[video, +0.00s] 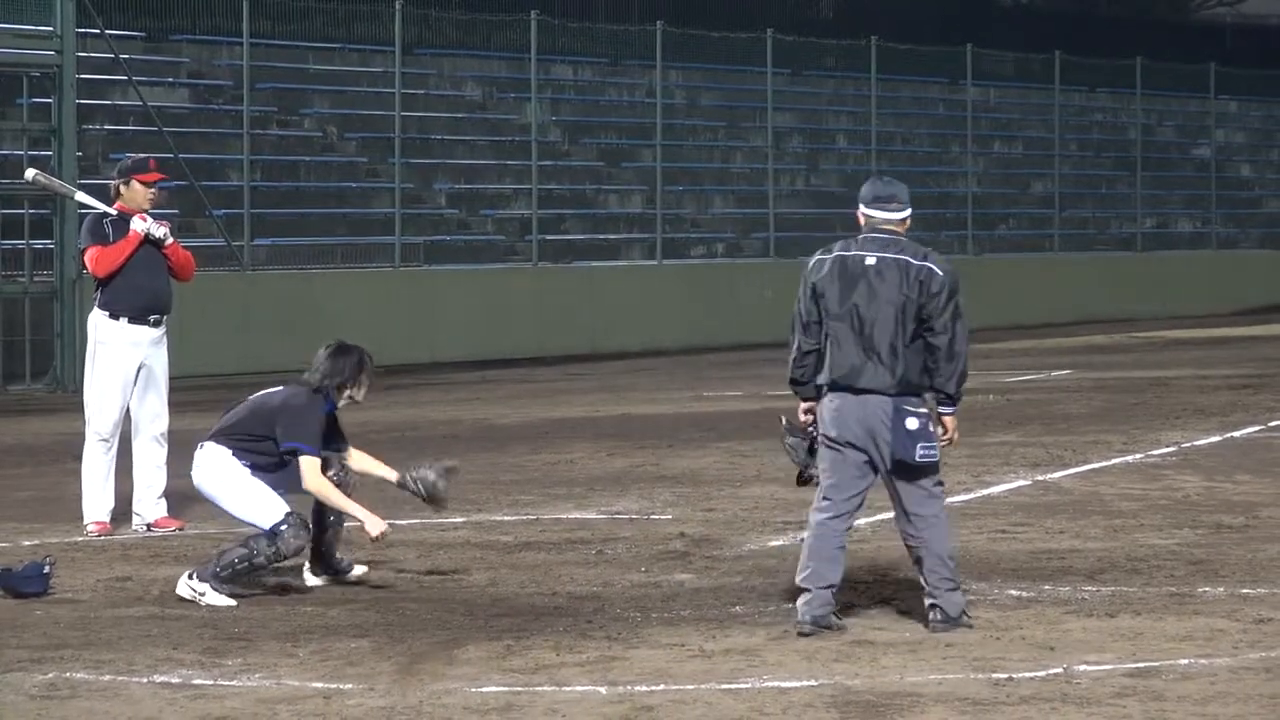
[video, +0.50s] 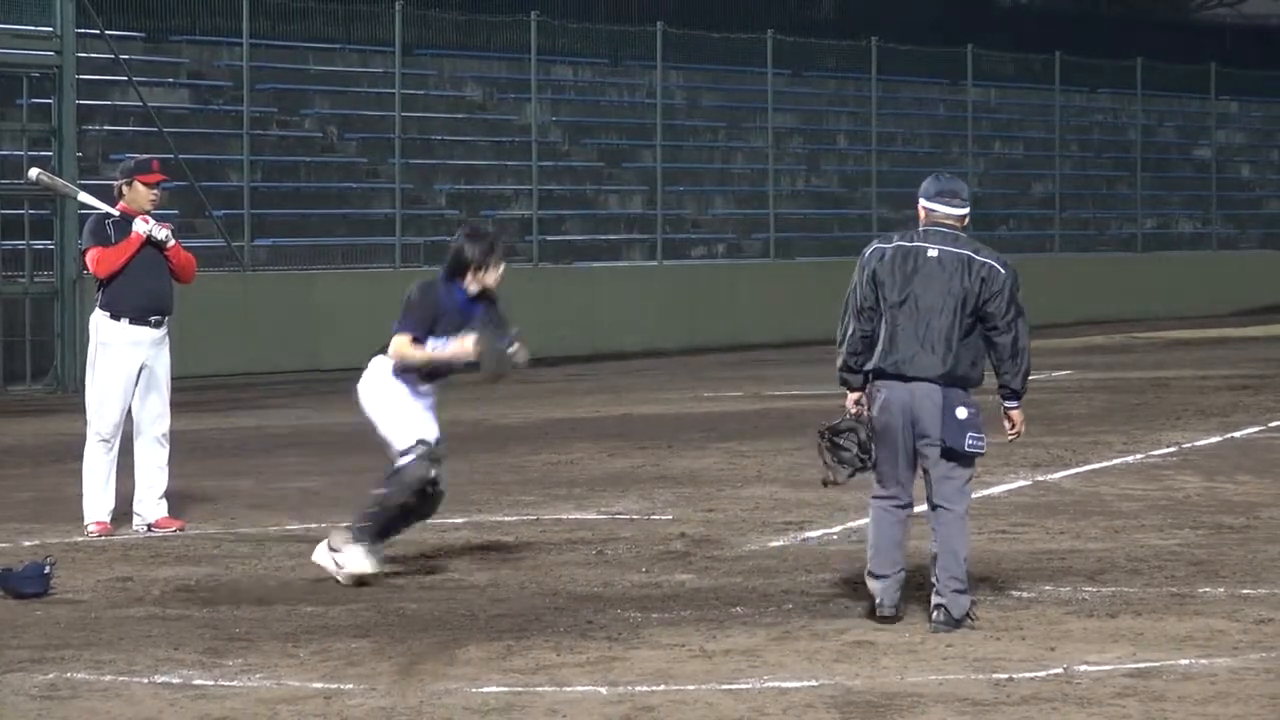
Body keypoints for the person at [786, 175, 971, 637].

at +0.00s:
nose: (898, 224)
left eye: (865, 214)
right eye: (901, 218)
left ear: (859, 217)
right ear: (906, 221)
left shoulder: (824, 262)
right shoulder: (932, 268)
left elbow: (807, 336)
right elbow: (946, 344)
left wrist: (806, 393)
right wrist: (947, 404)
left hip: (843, 405)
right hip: (907, 407)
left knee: (832, 506)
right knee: (925, 505)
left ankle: (814, 606)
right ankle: (945, 605)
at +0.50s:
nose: (922, 216)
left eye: (921, 210)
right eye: (954, 214)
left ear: (920, 212)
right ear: (965, 217)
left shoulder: (879, 254)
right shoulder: (988, 265)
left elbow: (858, 324)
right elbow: (1007, 336)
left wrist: (854, 382)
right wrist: (1012, 398)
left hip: (889, 393)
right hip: (950, 397)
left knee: (890, 494)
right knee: (950, 502)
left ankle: (885, 596)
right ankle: (949, 604)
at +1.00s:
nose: (894, 219)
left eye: (892, 213)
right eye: (921, 216)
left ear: (890, 215)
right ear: (934, 220)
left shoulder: (856, 264)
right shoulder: (961, 264)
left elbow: (844, 334)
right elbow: (978, 335)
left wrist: (844, 392)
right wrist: (980, 395)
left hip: (880, 398)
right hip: (938, 398)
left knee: (887, 496)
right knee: (951, 487)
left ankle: (889, 593)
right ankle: (949, 579)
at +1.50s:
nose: (917, 218)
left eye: (912, 213)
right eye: (915, 214)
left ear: (870, 217)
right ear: (910, 217)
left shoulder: (840, 265)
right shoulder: (944, 261)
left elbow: (822, 332)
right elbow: (962, 326)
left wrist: (820, 389)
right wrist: (963, 384)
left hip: (870, 392)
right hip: (926, 391)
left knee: (882, 489)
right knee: (922, 484)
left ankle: (892, 589)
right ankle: (915, 571)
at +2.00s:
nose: (853, 219)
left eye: (853, 214)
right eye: (857, 213)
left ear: (858, 215)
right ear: (897, 213)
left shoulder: (834, 254)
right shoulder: (930, 255)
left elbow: (818, 325)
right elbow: (944, 319)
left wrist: (814, 380)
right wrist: (928, 367)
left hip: (855, 382)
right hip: (910, 382)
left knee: (849, 477)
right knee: (907, 477)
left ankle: (853, 571)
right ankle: (907, 571)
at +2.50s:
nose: (799, 228)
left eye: (799, 223)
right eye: (800, 223)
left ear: (808, 220)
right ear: (844, 217)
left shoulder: (795, 257)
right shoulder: (888, 252)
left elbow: (791, 324)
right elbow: (904, 316)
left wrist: (789, 381)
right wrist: (899, 367)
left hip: (826, 378)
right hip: (879, 375)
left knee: (829, 477)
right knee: (871, 461)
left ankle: (838, 567)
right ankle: (882, 535)